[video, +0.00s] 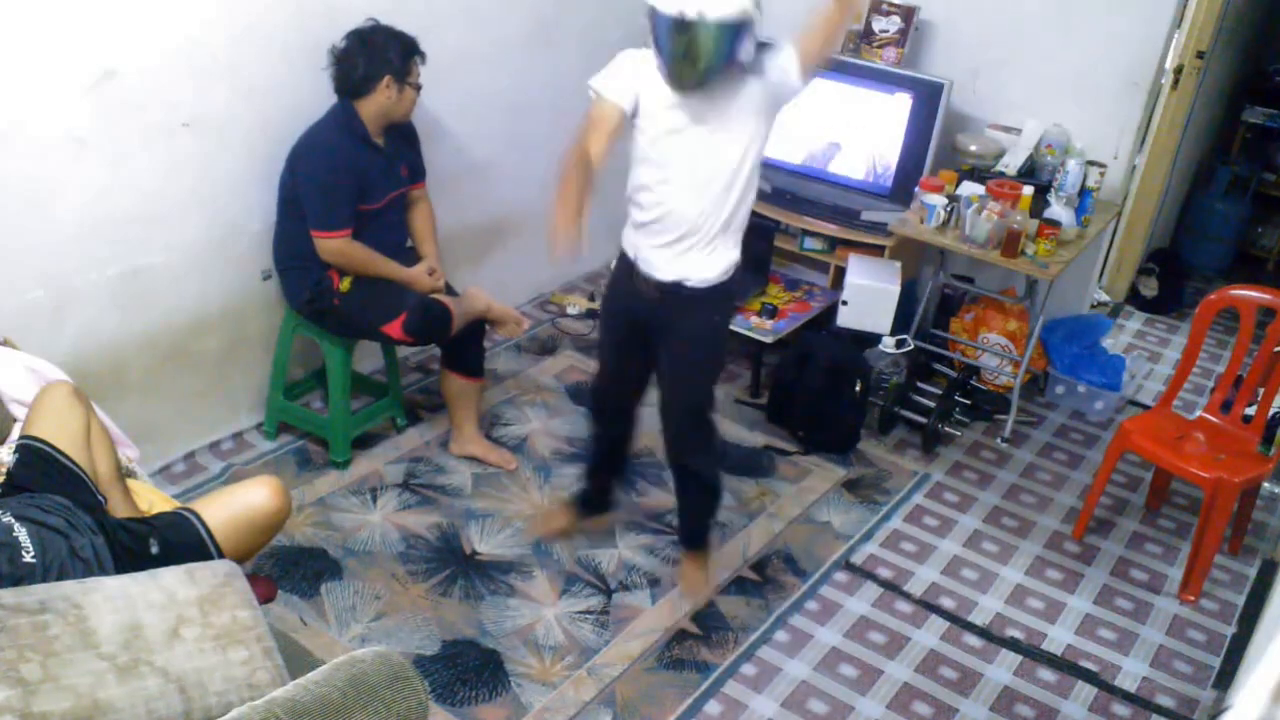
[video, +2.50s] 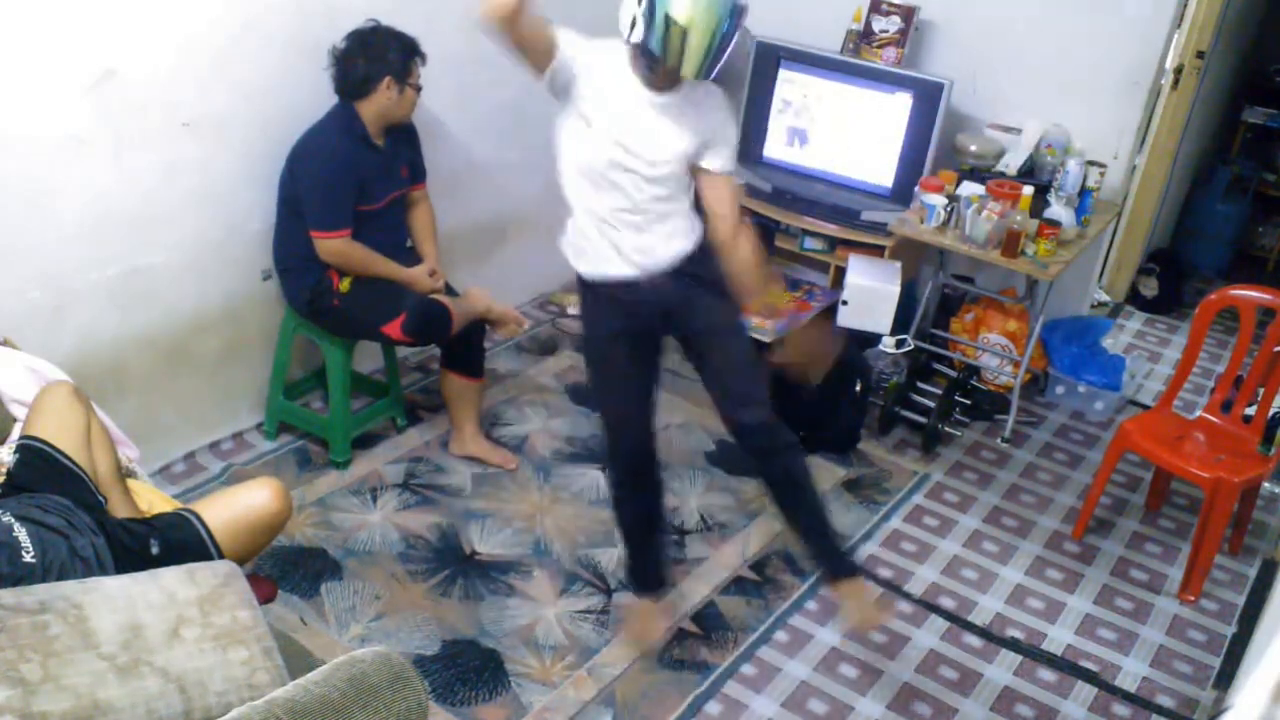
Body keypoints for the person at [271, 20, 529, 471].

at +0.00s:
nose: (419, 95)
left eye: (419, 87)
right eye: (416, 86)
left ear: (386, 88)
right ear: (387, 88)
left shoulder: (399, 131)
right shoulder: (325, 150)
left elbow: (417, 202)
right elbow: (333, 249)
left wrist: (429, 259)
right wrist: (408, 276)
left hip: (389, 265)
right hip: (326, 282)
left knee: (466, 319)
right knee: (426, 324)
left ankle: (466, 435)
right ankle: (477, 304)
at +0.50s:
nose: (419, 96)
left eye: (419, 87)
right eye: (416, 87)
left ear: (386, 88)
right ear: (387, 88)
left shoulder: (399, 131)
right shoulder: (325, 151)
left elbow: (418, 202)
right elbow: (333, 249)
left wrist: (429, 259)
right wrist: (407, 276)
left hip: (387, 266)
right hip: (325, 283)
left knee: (466, 320)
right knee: (424, 324)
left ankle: (465, 435)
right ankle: (477, 305)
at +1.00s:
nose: (419, 96)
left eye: (419, 87)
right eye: (416, 86)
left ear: (386, 87)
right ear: (387, 87)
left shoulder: (400, 131)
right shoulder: (326, 151)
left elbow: (418, 202)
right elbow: (333, 249)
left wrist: (429, 259)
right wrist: (408, 277)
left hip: (387, 266)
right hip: (325, 283)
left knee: (465, 321)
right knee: (426, 323)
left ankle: (466, 435)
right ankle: (476, 306)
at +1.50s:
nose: (419, 95)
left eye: (419, 86)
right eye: (416, 86)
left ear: (386, 87)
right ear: (387, 87)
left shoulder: (399, 130)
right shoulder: (326, 151)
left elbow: (418, 201)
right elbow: (332, 249)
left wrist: (429, 258)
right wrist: (407, 277)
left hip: (388, 265)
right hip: (325, 284)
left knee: (465, 323)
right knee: (427, 322)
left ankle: (466, 435)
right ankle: (477, 305)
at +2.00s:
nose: (419, 96)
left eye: (419, 87)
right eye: (416, 87)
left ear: (387, 88)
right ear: (387, 88)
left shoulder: (400, 131)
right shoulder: (326, 151)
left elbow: (417, 202)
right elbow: (333, 249)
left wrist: (428, 260)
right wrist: (407, 277)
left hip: (388, 264)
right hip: (325, 282)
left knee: (465, 323)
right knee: (424, 323)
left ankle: (466, 436)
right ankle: (476, 306)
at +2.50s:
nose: (419, 96)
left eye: (419, 87)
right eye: (416, 87)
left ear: (387, 88)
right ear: (387, 88)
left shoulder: (400, 130)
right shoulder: (326, 151)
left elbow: (418, 202)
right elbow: (332, 249)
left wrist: (429, 260)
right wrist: (407, 276)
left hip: (389, 264)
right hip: (325, 281)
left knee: (465, 323)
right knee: (423, 324)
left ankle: (466, 435)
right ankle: (477, 306)